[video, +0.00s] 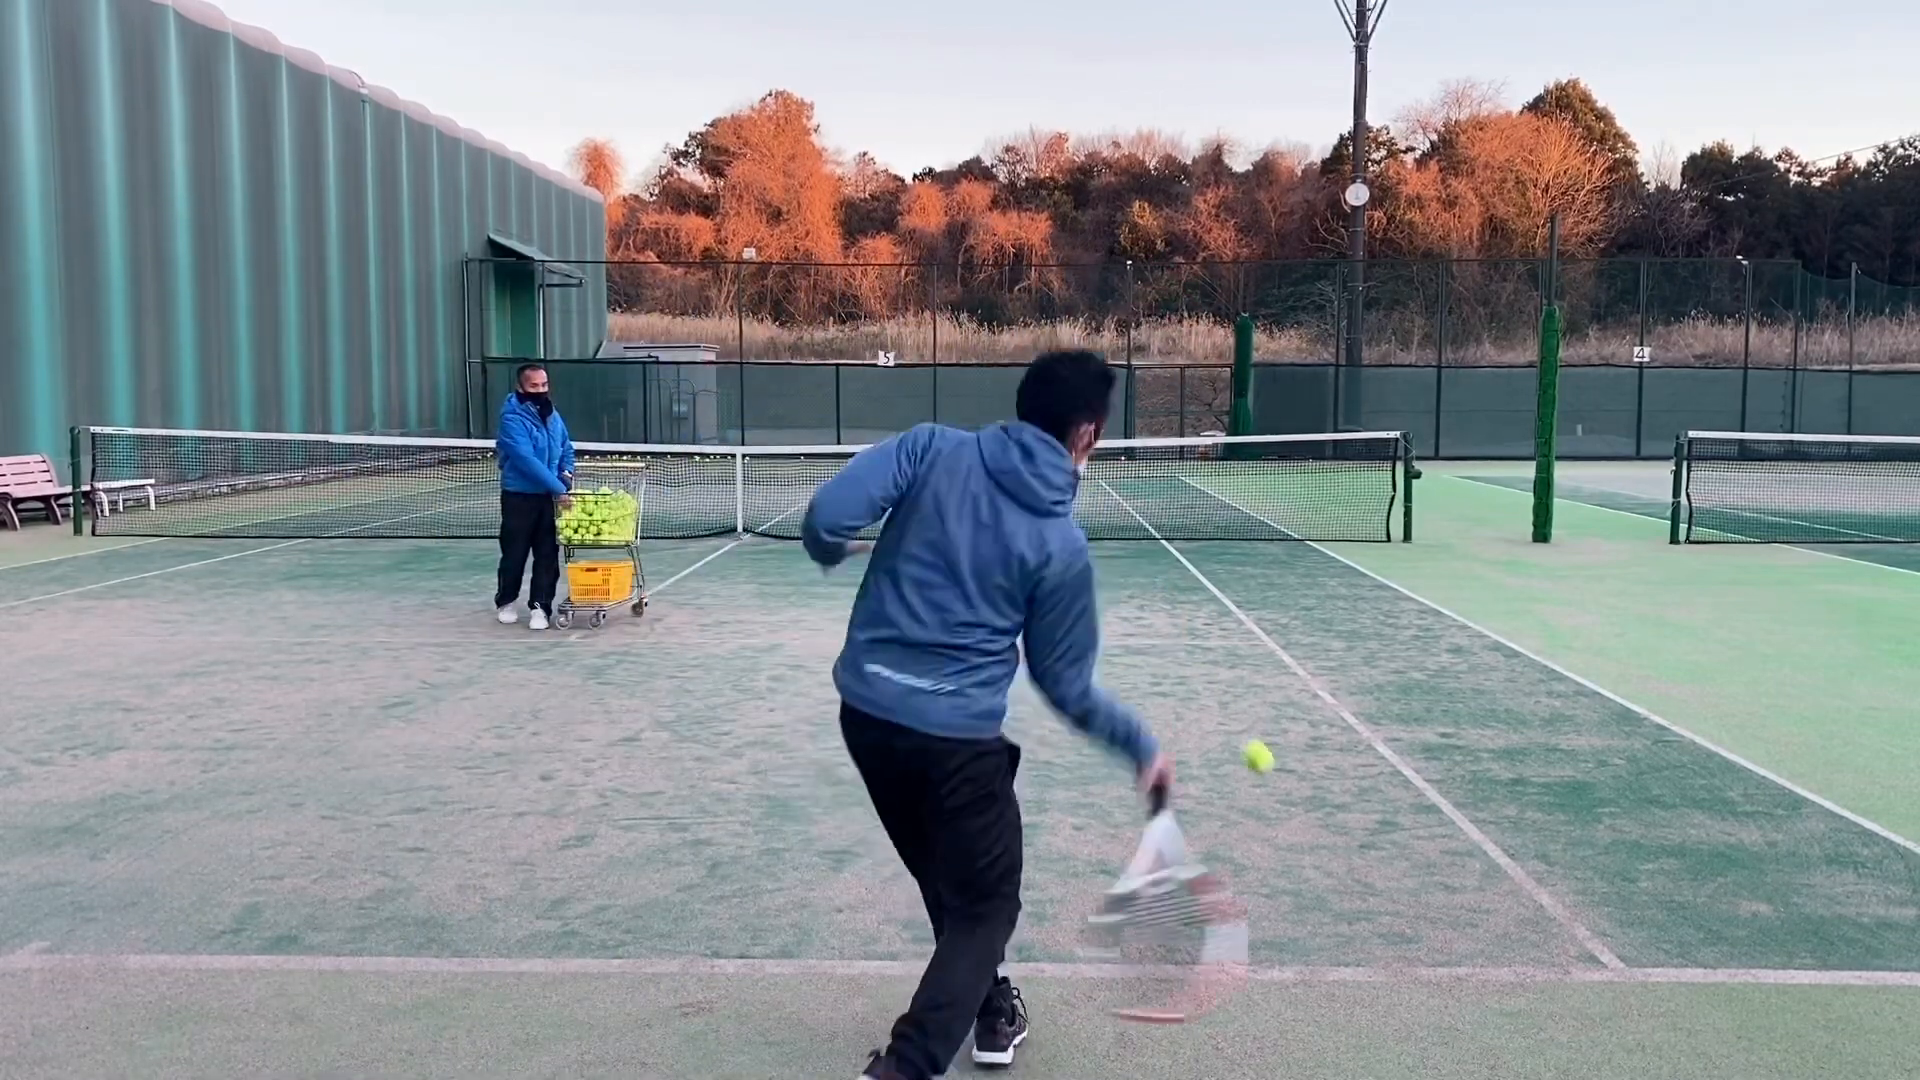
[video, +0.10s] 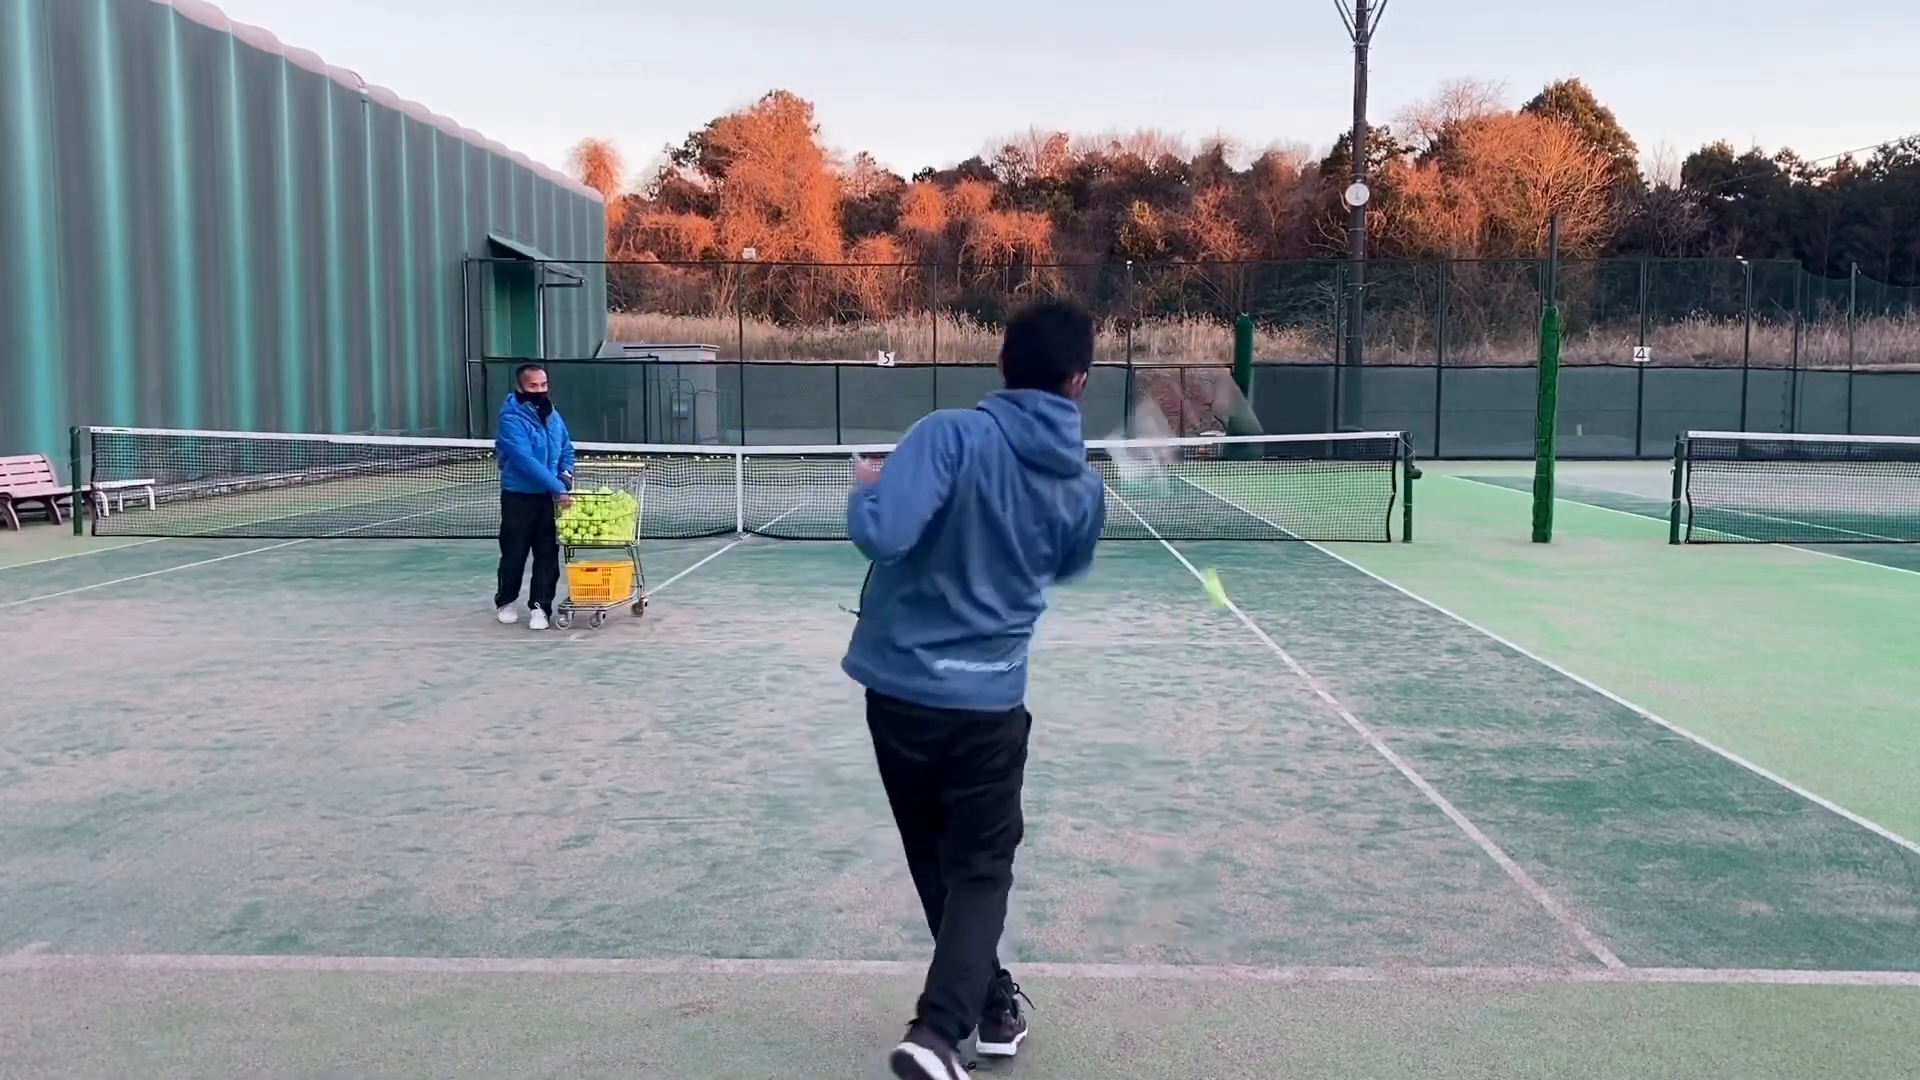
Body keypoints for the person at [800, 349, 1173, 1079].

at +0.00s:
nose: (1097, 441)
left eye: (1101, 427)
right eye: (1099, 428)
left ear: (1020, 411)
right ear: (1083, 433)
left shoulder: (933, 446)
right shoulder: (1058, 544)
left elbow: (826, 515)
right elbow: (1065, 681)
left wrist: (828, 548)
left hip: (865, 711)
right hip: (957, 737)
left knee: (943, 875)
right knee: (988, 902)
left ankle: (993, 1015)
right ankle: (903, 1067)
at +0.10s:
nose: (1086, 384)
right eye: (1086, 373)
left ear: (1002, 366)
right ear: (1079, 379)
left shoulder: (946, 434)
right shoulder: (1079, 483)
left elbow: (887, 532)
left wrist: (867, 490)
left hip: (898, 691)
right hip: (991, 701)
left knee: (934, 861)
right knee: (983, 870)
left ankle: (995, 1010)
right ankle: (934, 1039)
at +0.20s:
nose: (985, 330)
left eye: (992, 322)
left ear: (994, 336)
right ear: (1074, 345)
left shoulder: (962, 415)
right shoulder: (1077, 419)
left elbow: (937, 529)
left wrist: (882, 485)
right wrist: (925, 319)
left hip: (928, 674)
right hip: (1015, 678)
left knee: (950, 846)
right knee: (1009, 843)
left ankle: (998, 1003)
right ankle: (992, 1022)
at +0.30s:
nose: (981, 319)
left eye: (985, 309)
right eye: (987, 308)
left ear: (992, 320)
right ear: (1064, 324)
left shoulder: (971, 401)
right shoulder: (1068, 391)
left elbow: (959, 525)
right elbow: (1001, 362)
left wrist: (897, 479)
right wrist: (931, 338)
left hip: (950, 665)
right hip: (1035, 662)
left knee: (965, 836)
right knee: (1046, 836)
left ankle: (1002, 1003)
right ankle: (1058, 1019)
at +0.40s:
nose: (969, 330)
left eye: (973, 320)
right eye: (975, 318)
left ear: (978, 330)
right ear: (1052, 326)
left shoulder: (972, 410)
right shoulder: (1064, 397)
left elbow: (976, 535)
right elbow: (990, 386)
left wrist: (913, 509)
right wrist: (910, 392)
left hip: (966, 677)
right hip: (1049, 669)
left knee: (978, 842)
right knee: (1072, 834)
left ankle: (1022, 1010)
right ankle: (1114, 1012)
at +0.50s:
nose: (952, 362)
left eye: (954, 352)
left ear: (962, 360)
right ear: (1041, 354)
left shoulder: (970, 445)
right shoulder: (1056, 433)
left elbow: (974, 569)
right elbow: (995, 475)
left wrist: (914, 520)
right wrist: (916, 472)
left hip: (985, 710)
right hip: (1064, 700)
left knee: (941, 836)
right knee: (1092, 854)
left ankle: (1018, 983)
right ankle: (1158, 1021)